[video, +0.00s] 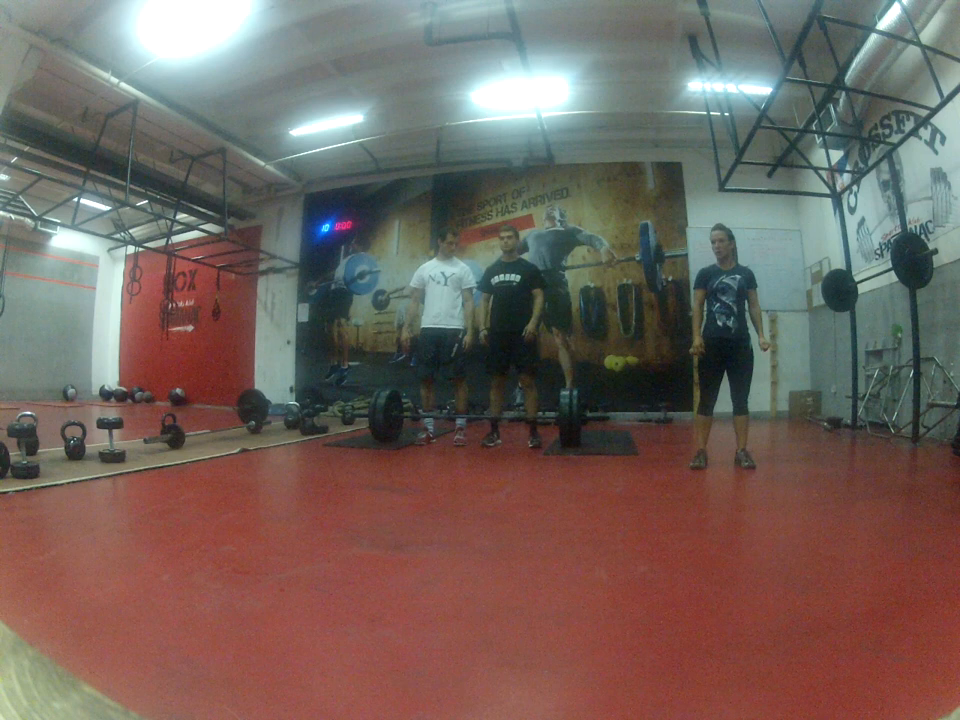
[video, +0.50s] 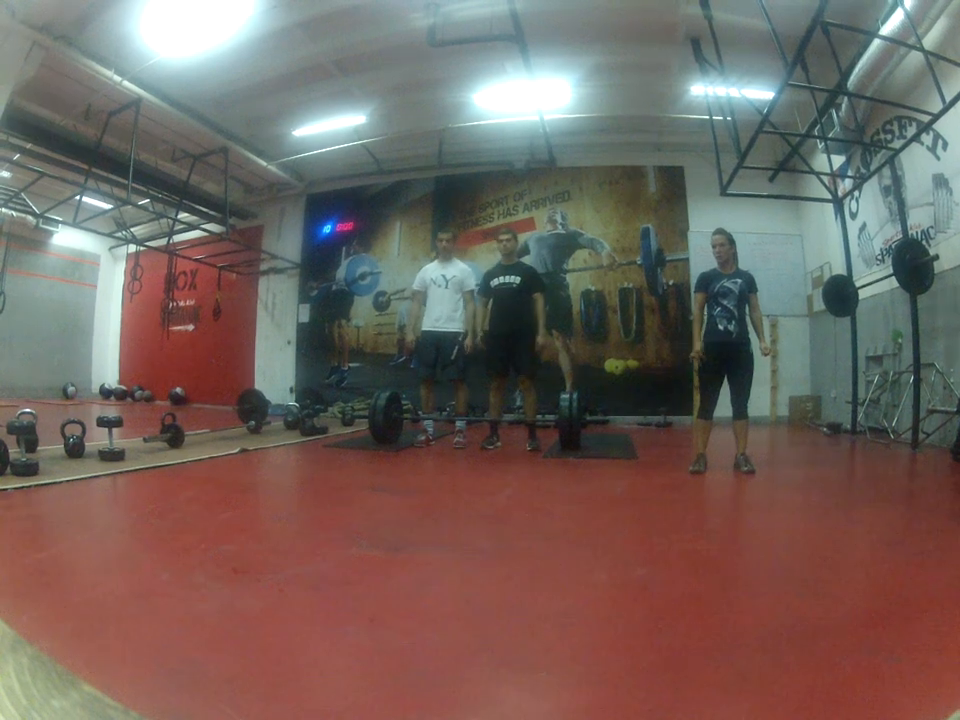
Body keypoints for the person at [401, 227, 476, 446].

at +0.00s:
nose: (452, 247)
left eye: (455, 243)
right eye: (449, 243)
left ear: (457, 245)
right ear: (439, 242)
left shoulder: (463, 269)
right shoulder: (424, 269)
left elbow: (468, 302)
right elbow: (414, 300)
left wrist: (470, 331)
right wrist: (406, 327)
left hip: (455, 330)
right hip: (428, 330)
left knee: (459, 379)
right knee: (426, 379)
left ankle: (460, 428)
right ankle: (428, 429)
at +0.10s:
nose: (452, 247)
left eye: (455, 243)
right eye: (449, 243)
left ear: (457, 245)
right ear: (439, 243)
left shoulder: (463, 269)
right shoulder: (425, 269)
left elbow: (468, 302)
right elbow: (414, 300)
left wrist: (469, 331)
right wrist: (407, 328)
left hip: (455, 331)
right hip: (428, 330)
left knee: (459, 379)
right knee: (426, 380)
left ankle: (460, 428)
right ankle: (428, 429)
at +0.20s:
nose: (452, 246)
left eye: (455, 243)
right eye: (449, 242)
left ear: (457, 245)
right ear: (439, 242)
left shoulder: (464, 269)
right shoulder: (426, 268)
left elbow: (469, 302)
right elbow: (415, 300)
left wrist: (468, 332)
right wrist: (408, 329)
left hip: (456, 331)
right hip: (429, 330)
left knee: (459, 379)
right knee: (426, 380)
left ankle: (460, 428)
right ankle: (427, 428)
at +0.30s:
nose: (450, 245)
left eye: (453, 241)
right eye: (447, 241)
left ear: (458, 244)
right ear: (439, 242)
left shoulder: (465, 269)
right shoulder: (427, 268)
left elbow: (470, 302)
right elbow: (416, 300)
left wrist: (469, 333)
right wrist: (409, 329)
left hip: (456, 332)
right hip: (430, 331)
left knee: (459, 380)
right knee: (426, 380)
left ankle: (460, 428)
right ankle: (427, 428)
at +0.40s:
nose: (447, 245)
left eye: (450, 241)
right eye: (443, 241)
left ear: (457, 244)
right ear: (438, 243)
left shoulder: (465, 270)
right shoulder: (427, 270)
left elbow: (470, 304)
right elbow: (417, 302)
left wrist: (470, 334)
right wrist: (410, 330)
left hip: (456, 333)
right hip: (429, 332)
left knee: (459, 381)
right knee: (426, 381)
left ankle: (460, 429)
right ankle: (427, 429)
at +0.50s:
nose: (444, 245)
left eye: (448, 241)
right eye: (441, 241)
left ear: (454, 244)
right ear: (435, 243)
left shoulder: (463, 270)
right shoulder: (426, 271)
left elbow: (470, 304)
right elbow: (416, 302)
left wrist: (470, 334)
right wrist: (410, 331)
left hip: (455, 333)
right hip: (428, 332)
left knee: (459, 382)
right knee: (426, 381)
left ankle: (460, 429)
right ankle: (427, 429)